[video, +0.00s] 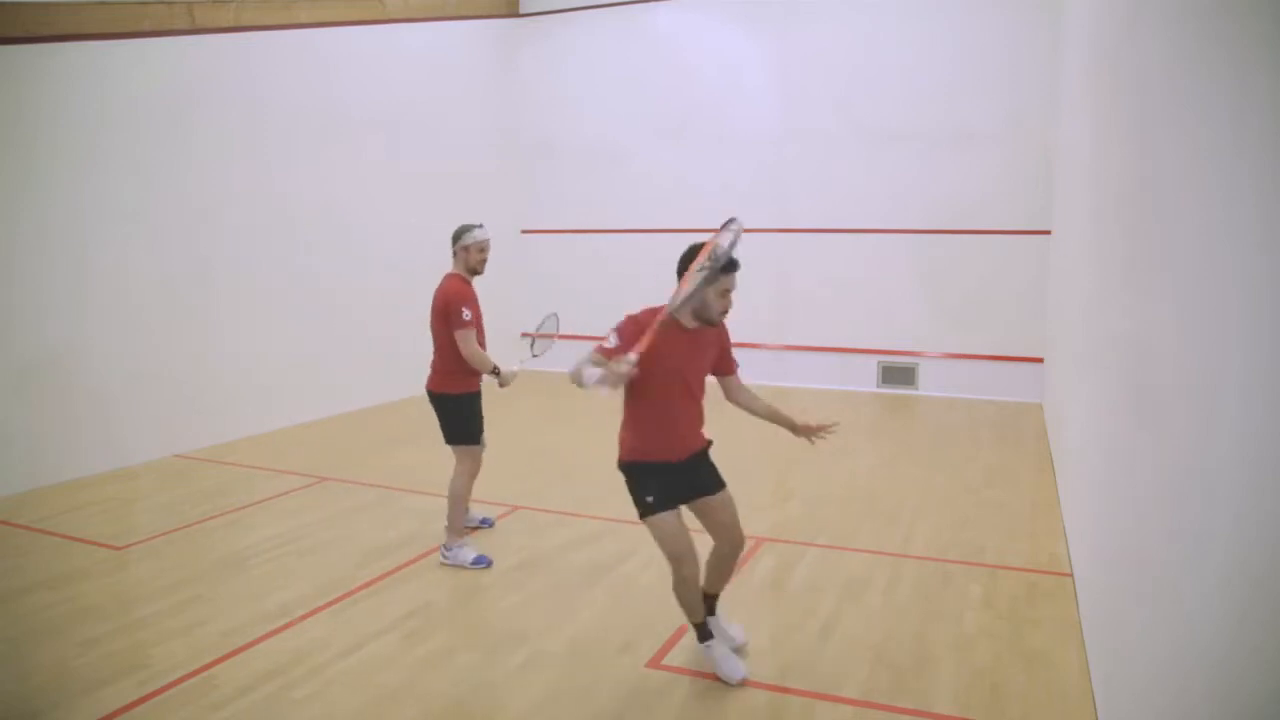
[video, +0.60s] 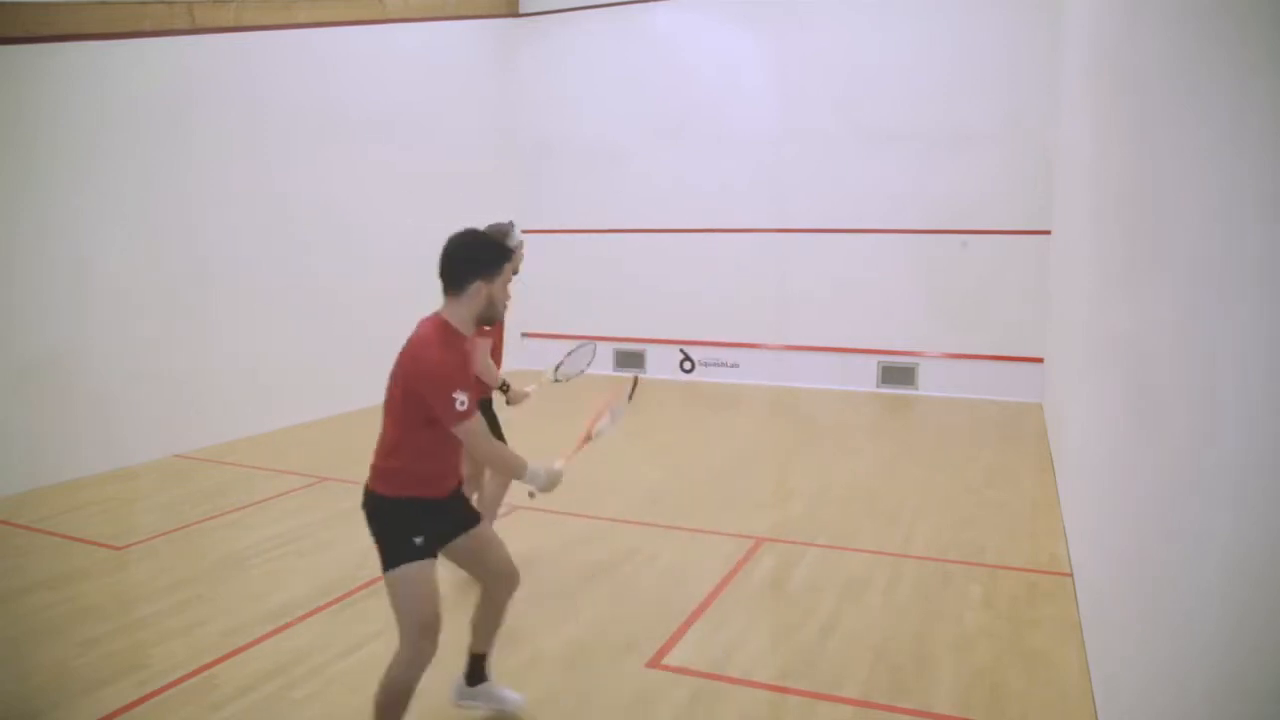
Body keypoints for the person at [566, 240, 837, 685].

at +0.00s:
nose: (730, 302)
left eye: (733, 292)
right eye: (724, 292)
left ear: (719, 289)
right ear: (693, 288)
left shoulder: (714, 334)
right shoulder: (640, 327)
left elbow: (736, 392)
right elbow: (581, 370)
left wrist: (794, 425)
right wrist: (608, 373)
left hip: (692, 453)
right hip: (645, 462)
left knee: (731, 540)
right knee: (685, 562)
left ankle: (707, 613)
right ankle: (706, 640)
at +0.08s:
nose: (706, 311)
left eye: (708, 300)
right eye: (700, 300)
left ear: (690, 297)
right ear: (667, 293)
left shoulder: (697, 336)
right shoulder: (617, 327)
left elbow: (725, 381)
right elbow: (565, 343)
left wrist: (787, 409)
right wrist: (554, 339)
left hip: (674, 461)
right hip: (625, 465)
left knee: (709, 558)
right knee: (652, 571)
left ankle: (686, 641)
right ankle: (660, 656)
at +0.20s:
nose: (654, 345)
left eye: (657, 335)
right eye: (646, 336)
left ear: (655, 329)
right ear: (613, 329)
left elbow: (702, 384)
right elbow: (484, 357)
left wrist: (758, 399)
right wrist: (487, 333)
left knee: (693, 584)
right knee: (566, 611)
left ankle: (687, 646)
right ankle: (545, 712)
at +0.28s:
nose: (616, 366)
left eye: (619, 355)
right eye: (607, 357)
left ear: (620, 350)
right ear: (571, 350)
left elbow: (656, 398)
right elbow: (446, 425)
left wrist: (702, 417)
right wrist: (441, 374)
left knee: (663, 587)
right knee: (518, 635)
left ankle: (687, 644)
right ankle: (496, 716)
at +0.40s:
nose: (573, 364)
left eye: (576, 353)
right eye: (566, 355)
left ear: (536, 346)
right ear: (529, 346)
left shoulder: (556, 382)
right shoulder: (479, 403)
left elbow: (576, 417)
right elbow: (486, 493)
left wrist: (605, 452)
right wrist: (486, 547)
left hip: (543, 515)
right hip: (490, 527)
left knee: (601, 586)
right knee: (494, 647)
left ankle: (637, 669)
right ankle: (488, 715)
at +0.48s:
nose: (550, 332)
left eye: (553, 321)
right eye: (545, 322)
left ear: (516, 314)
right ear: (510, 315)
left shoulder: (516, 354)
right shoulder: (462, 377)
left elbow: (533, 409)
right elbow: (495, 478)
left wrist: (551, 453)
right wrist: (547, 543)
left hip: (496, 493)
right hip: (449, 506)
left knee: (554, 576)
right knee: (469, 634)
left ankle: (574, 686)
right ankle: (467, 717)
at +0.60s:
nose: (509, 294)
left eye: (509, 283)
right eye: (506, 283)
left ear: (472, 284)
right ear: (482, 285)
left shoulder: (463, 342)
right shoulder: (433, 350)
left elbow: (470, 427)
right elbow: (481, 445)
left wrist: (471, 484)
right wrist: (532, 473)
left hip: (440, 496)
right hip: (398, 503)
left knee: (502, 578)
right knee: (418, 642)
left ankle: (474, 682)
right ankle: (385, 718)